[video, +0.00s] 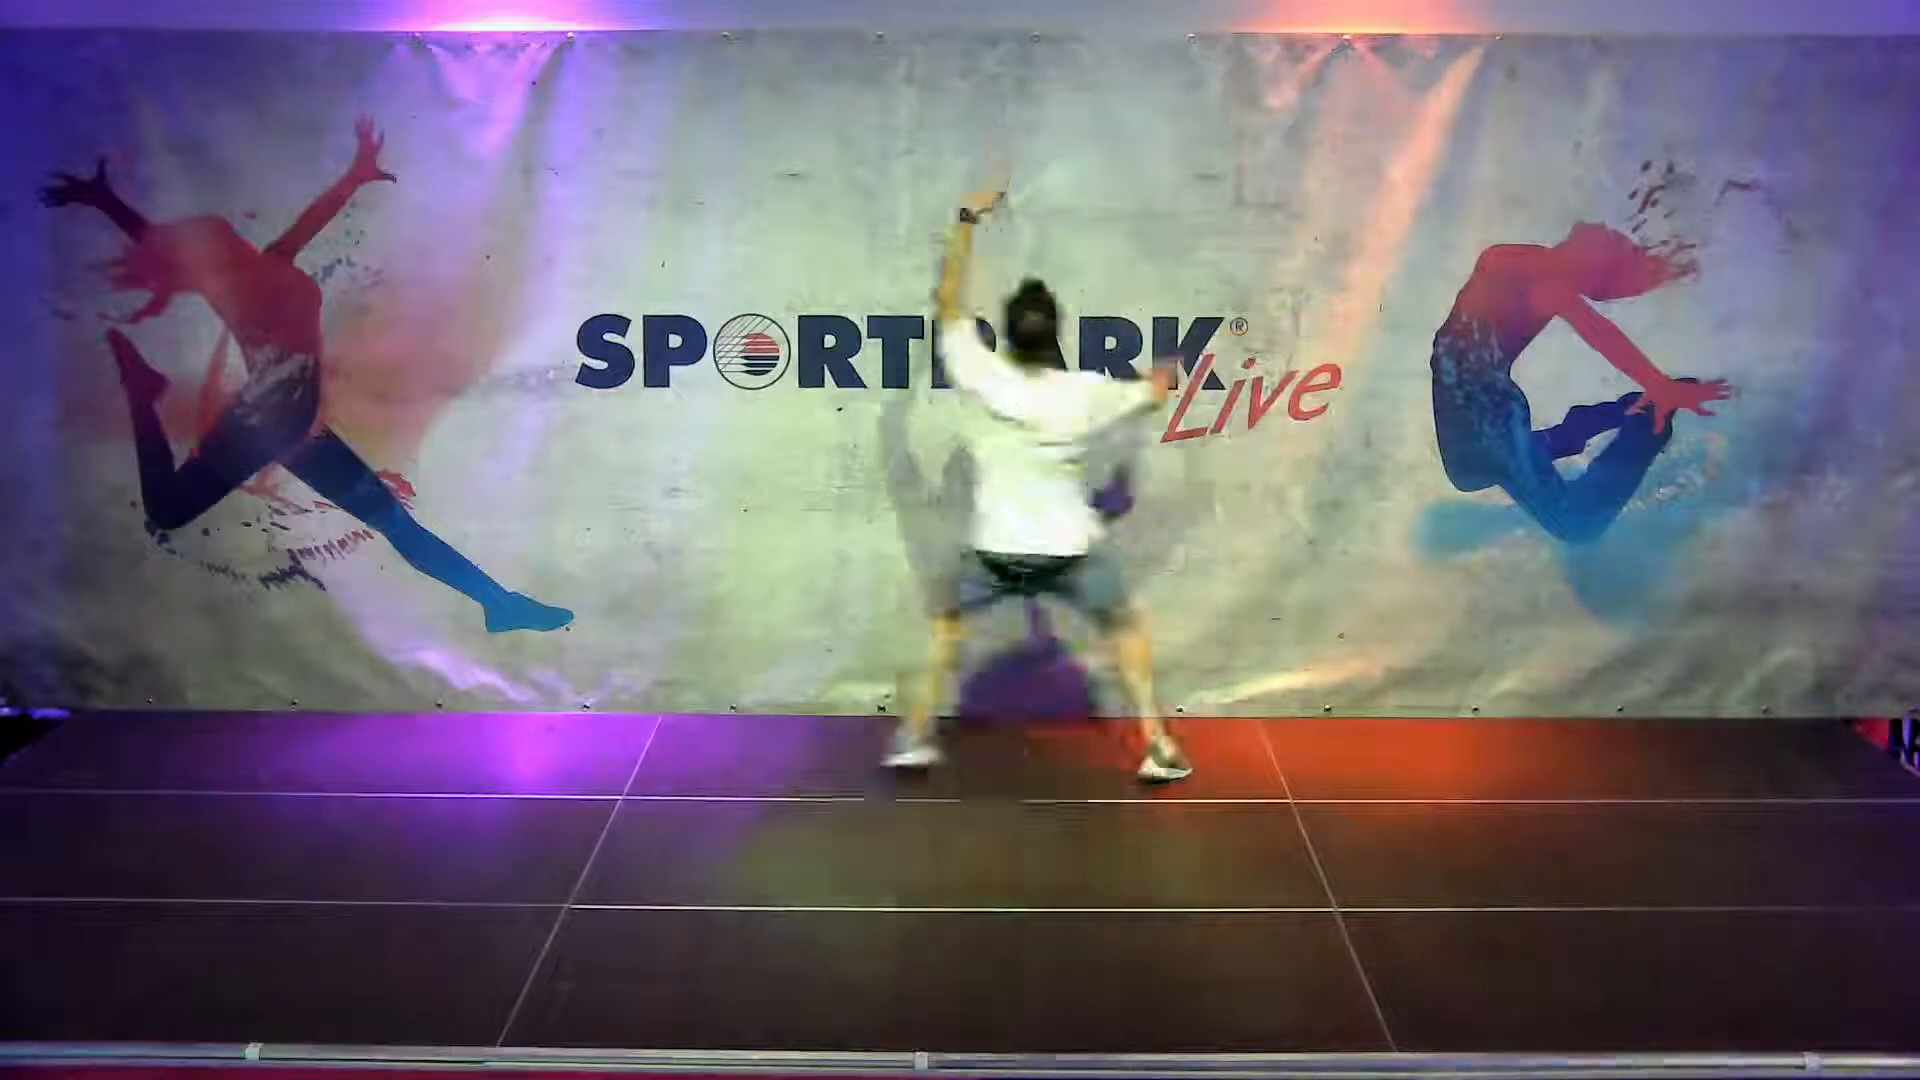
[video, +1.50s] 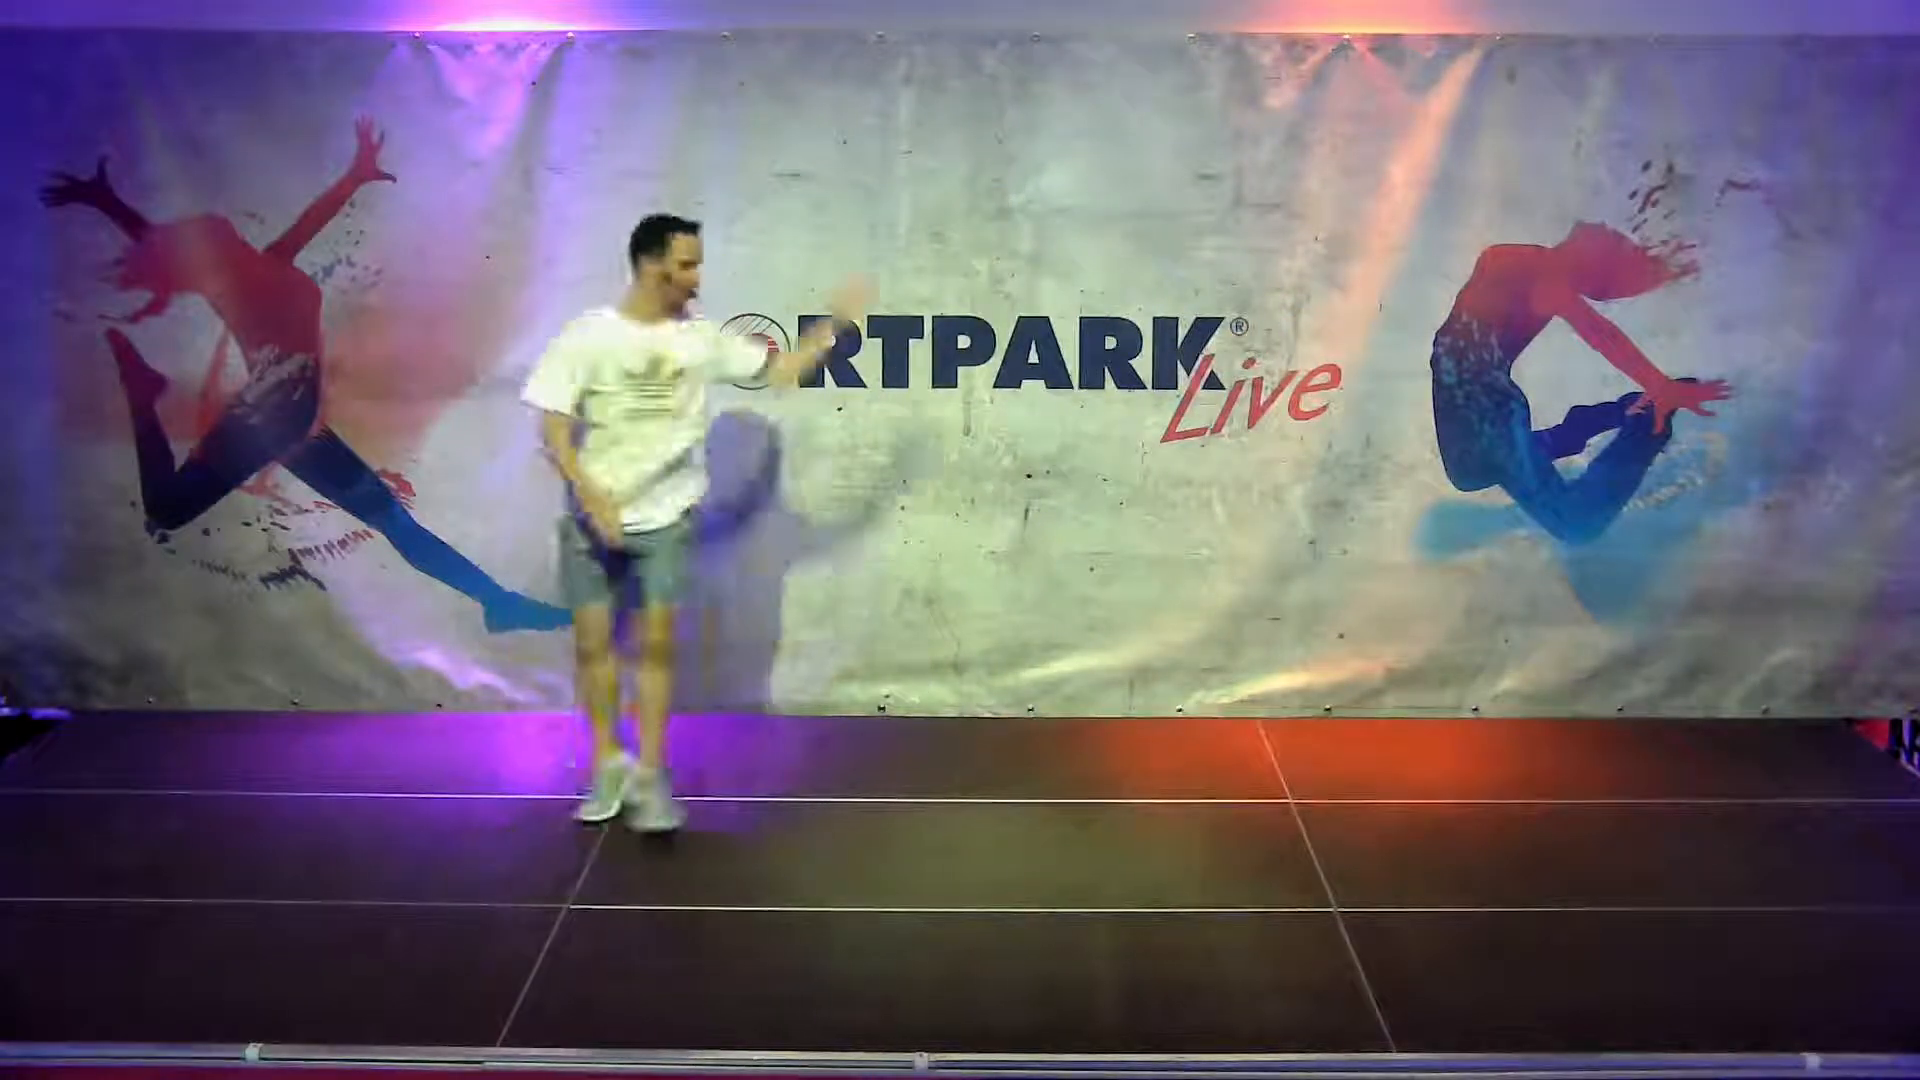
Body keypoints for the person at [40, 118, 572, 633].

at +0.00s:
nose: (185, 280)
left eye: (182, 262)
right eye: (180, 263)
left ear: (204, 254)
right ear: (194, 258)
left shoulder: (267, 268)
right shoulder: (231, 275)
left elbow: (307, 224)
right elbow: (153, 241)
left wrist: (356, 176)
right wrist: (98, 196)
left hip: (298, 426)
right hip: (261, 421)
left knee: (387, 514)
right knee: (166, 511)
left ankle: (500, 602)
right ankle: (141, 392)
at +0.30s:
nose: (183, 282)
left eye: (181, 263)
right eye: (180, 263)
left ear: (205, 253)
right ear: (195, 257)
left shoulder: (267, 267)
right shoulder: (233, 277)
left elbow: (309, 222)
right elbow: (153, 243)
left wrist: (357, 176)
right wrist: (100, 197)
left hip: (298, 426)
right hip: (261, 422)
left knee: (386, 514)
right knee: (166, 510)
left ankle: (500, 602)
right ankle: (141, 392)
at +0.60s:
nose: (188, 280)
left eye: (185, 262)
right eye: (184, 262)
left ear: (207, 253)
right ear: (195, 259)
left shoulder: (267, 267)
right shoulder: (233, 277)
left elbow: (308, 222)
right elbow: (153, 242)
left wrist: (357, 176)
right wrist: (99, 196)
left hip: (298, 426)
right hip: (262, 422)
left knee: (387, 515)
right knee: (167, 510)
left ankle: (500, 602)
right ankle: (140, 390)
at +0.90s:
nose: (199, 267)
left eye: (196, 254)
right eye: (195, 253)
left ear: (213, 250)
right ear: (194, 261)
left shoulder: (271, 269)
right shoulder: (227, 280)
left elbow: (309, 222)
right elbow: (149, 240)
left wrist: (359, 174)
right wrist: (99, 195)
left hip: (302, 428)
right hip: (258, 425)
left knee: (390, 515)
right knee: (165, 509)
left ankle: (497, 599)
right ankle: (140, 394)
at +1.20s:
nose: (176, 292)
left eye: (177, 274)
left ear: (213, 250)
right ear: (214, 247)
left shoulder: (268, 265)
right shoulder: (237, 280)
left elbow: (311, 220)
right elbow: (158, 247)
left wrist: (358, 174)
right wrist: (104, 199)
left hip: (296, 425)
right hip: (263, 423)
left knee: (391, 517)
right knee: (167, 513)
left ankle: (497, 598)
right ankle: (141, 395)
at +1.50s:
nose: (180, 288)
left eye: (179, 268)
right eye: (176, 271)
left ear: (204, 255)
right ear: (201, 256)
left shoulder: (266, 269)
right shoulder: (234, 275)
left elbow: (311, 220)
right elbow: (156, 243)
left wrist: (359, 174)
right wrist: (105, 199)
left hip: (297, 425)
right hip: (262, 422)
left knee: (386, 512)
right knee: (165, 510)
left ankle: (498, 600)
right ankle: (139, 391)